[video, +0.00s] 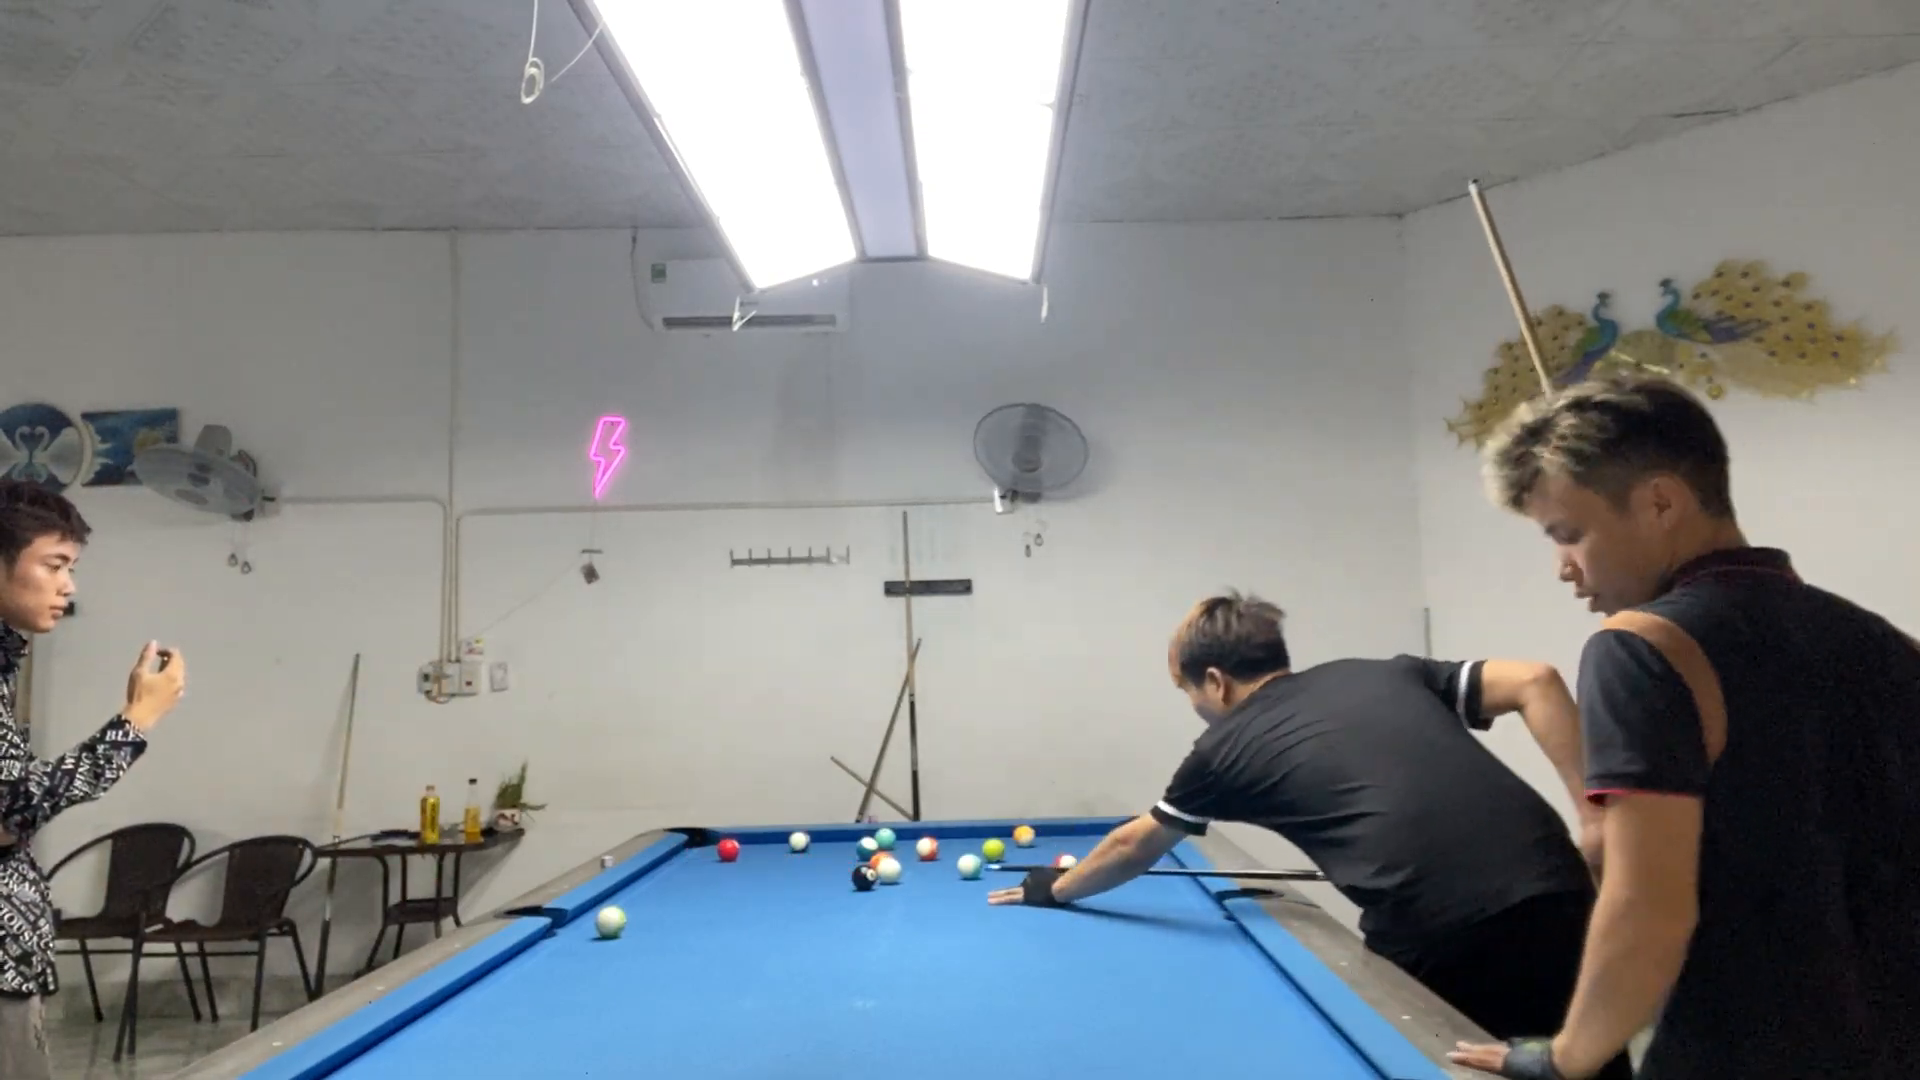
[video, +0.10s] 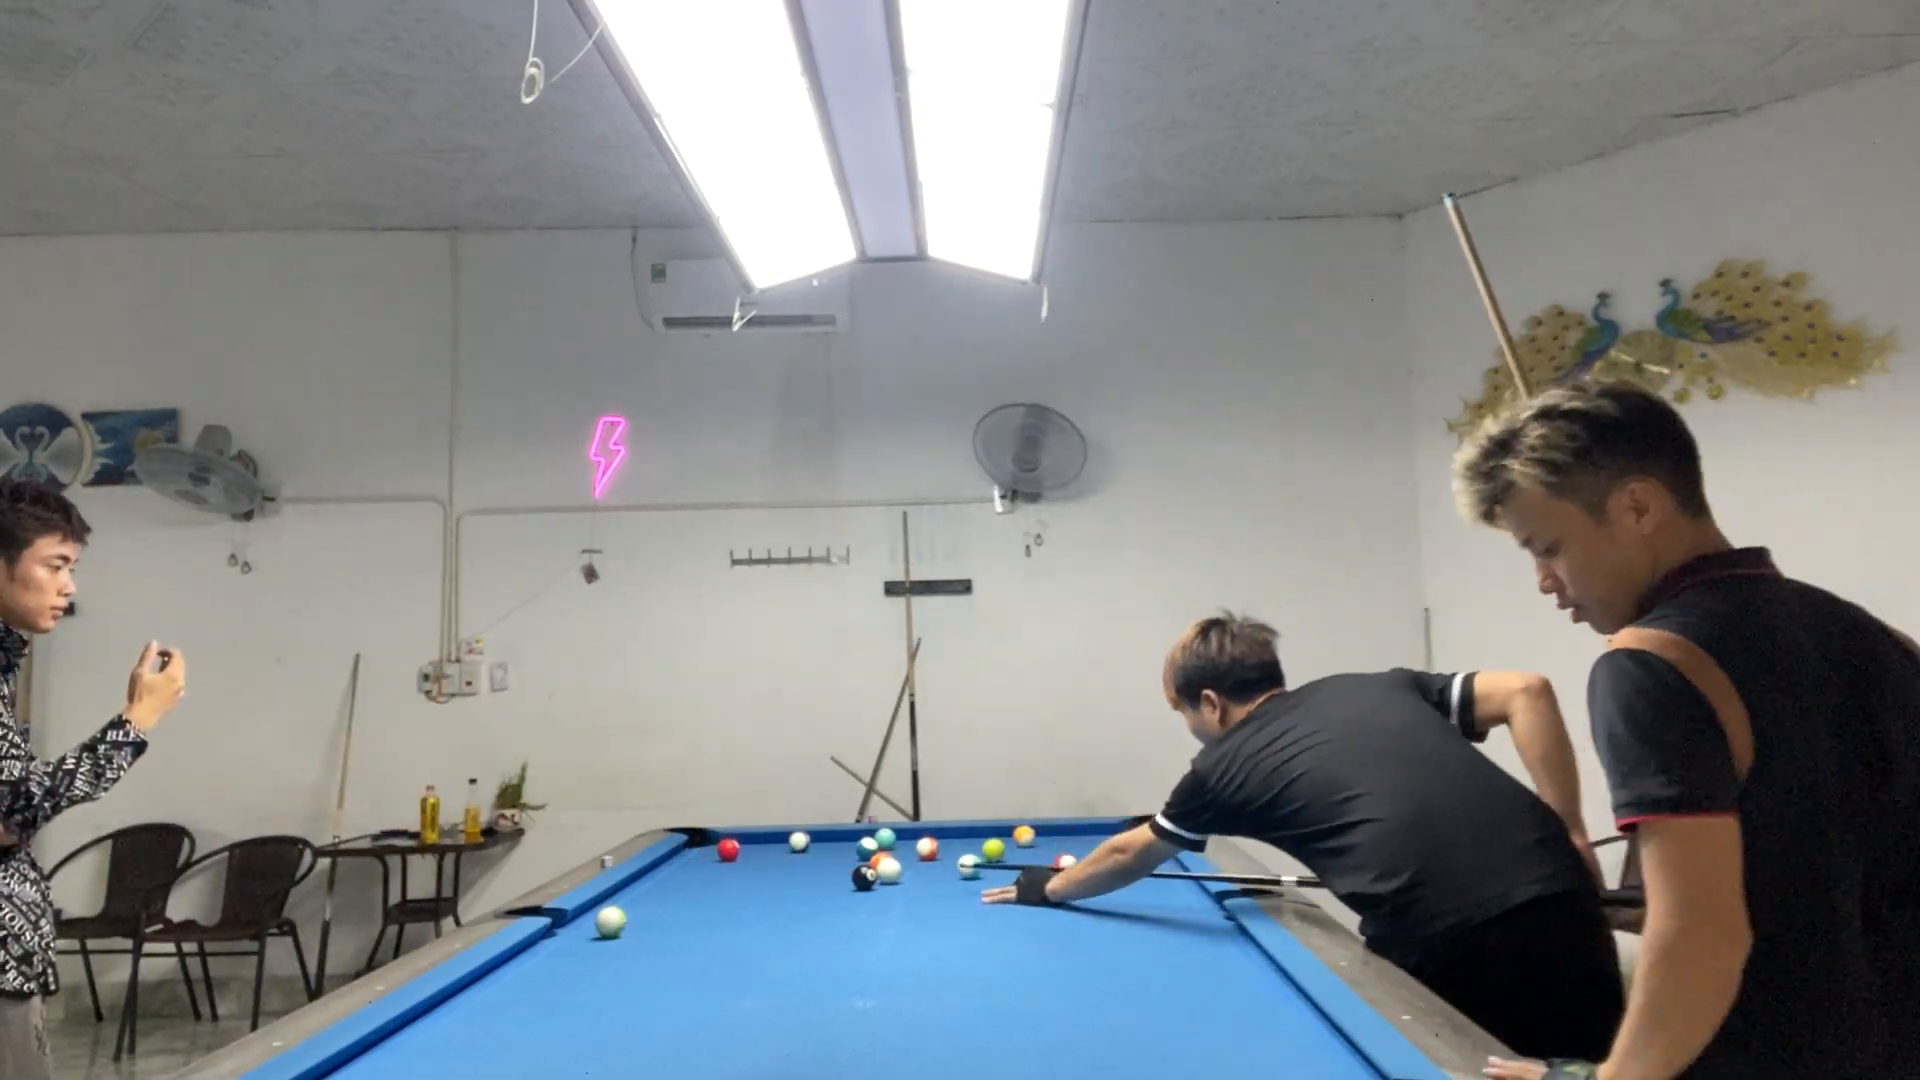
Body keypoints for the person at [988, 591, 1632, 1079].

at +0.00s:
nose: (1196, 713)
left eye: (1191, 698)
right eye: (1190, 699)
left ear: (1219, 684)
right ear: (1278, 660)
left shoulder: (1224, 750)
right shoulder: (1390, 673)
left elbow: (1134, 844)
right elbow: (1537, 681)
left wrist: (1061, 887)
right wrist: (1594, 810)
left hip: (1439, 928)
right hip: (1559, 895)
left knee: (1398, 1057)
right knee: (1583, 1062)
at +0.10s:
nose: (1190, 730)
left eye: (1186, 714)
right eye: (1184, 715)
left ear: (1212, 705)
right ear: (1274, 679)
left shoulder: (1222, 769)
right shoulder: (1382, 687)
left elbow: (1130, 851)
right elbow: (1526, 691)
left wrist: (1056, 885)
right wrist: (1571, 829)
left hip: (1441, 928)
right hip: (1557, 893)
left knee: (1442, 1064)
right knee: (1593, 1058)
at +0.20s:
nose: (1187, 744)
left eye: (1183, 727)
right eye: (1181, 729)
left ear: (1207, 718)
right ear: (1273, 689)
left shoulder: (1222, 776)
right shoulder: (1381, 694)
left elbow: (1129, 855)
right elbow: (1522, 692)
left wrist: (1055, 887)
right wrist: (1546, 828)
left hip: (1441, 930)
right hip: (1558, 897)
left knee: (1436, 1066)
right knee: (1598, 1059)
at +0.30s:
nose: (1188, 750)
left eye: (1183, 734)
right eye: (1181, 735)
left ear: (1208, 725)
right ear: (1273, 694)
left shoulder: (1221, 781)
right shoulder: (1379, 699)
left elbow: (1125, 859)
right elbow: (1518, 695)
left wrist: (1053, 887)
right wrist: (1538, 828)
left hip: (1444, 933)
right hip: (1559, 894)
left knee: (1447, 1069)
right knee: (1601, 1059)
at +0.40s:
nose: (1187, 756)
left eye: (1183, 741)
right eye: (1181, 742)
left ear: (1207, 731)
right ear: (1272, 700)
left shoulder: (1220, 784)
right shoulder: (1378, 704)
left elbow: (1122, 861)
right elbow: (1514, 698)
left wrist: (1052, 887)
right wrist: (1535, 830)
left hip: (1443, 938)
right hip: (1561, 900)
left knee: (1438, 1070)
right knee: (1600, 1062)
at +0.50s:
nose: (1186, 766)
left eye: (1183, 752)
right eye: (1180, 754)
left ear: (1208, 740)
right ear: (1272, 707)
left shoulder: (1221, 790)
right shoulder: (1381, 710)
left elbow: (1110, 872)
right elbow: (1512, 697)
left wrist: (1038, 888)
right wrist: (1544, 832)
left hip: (1452, 939)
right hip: (1571, 903)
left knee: (1445, 1072)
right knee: (1598, 1066)